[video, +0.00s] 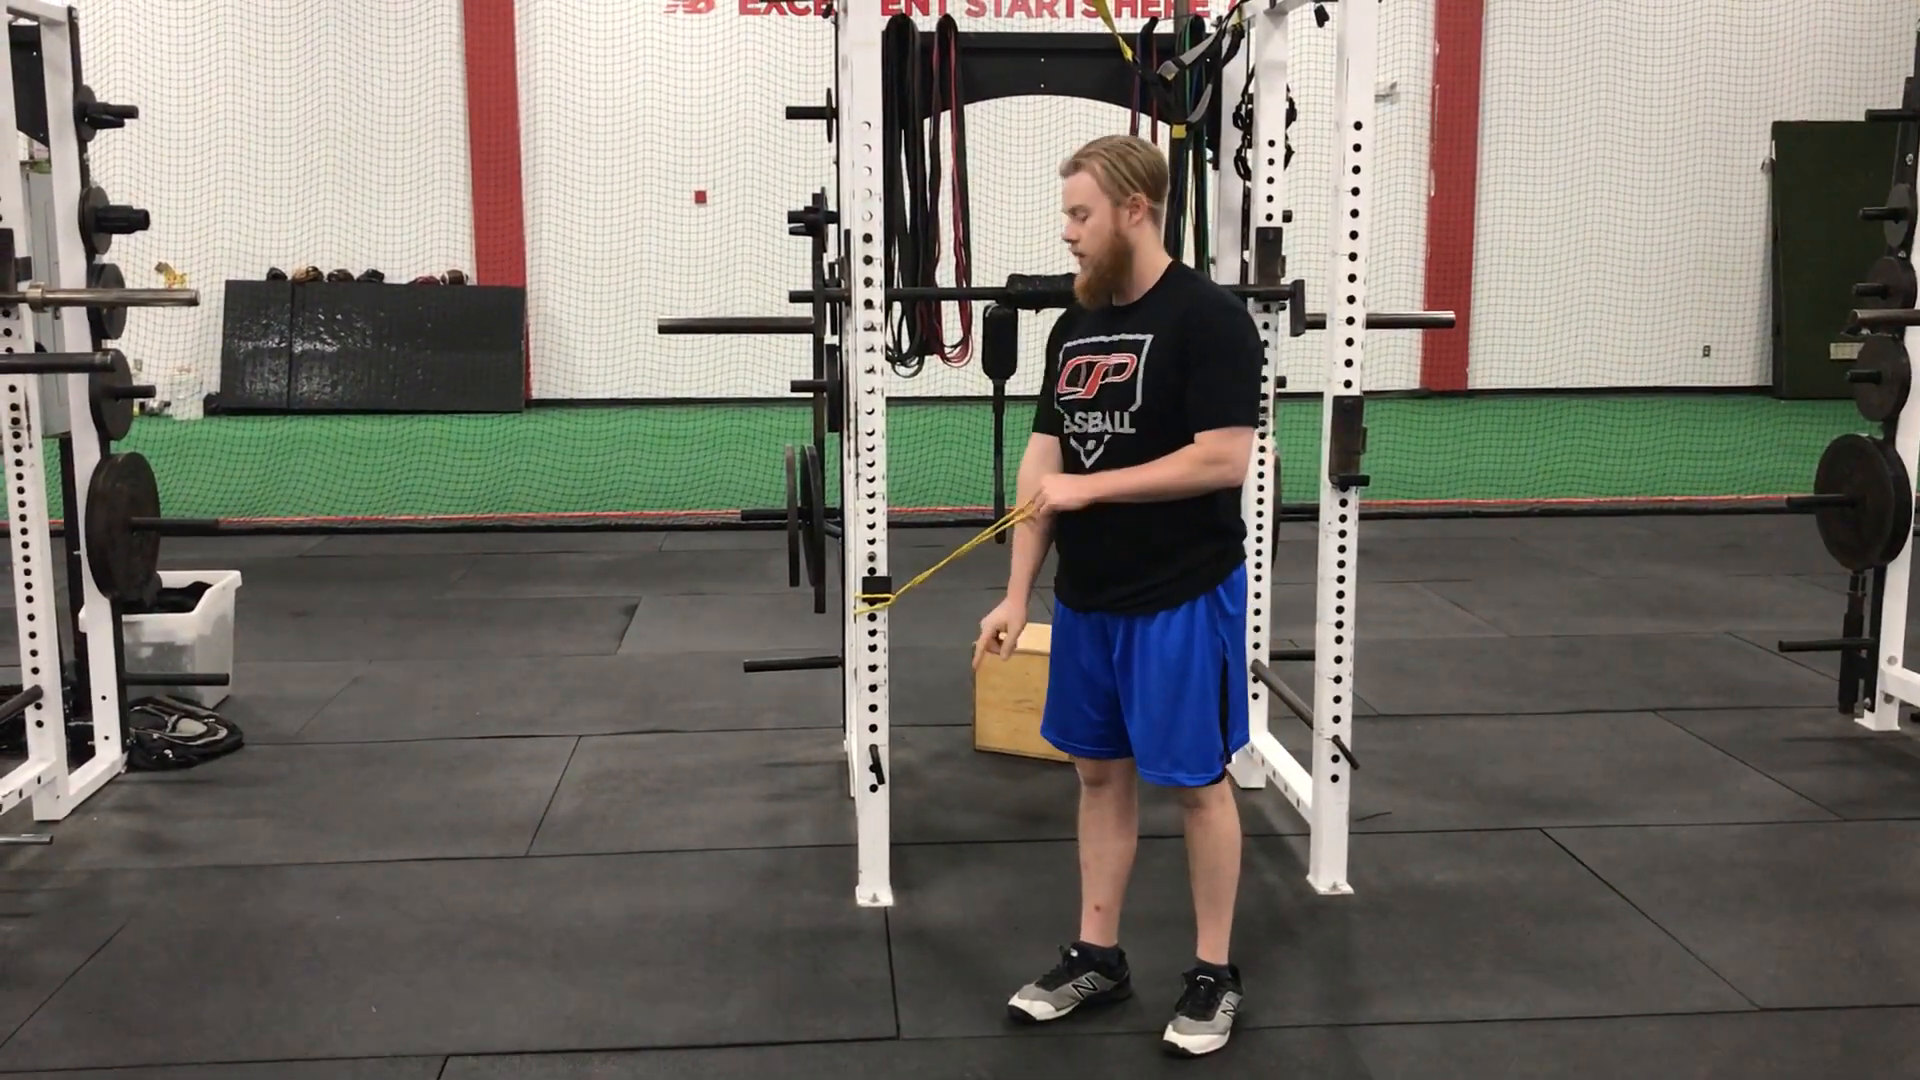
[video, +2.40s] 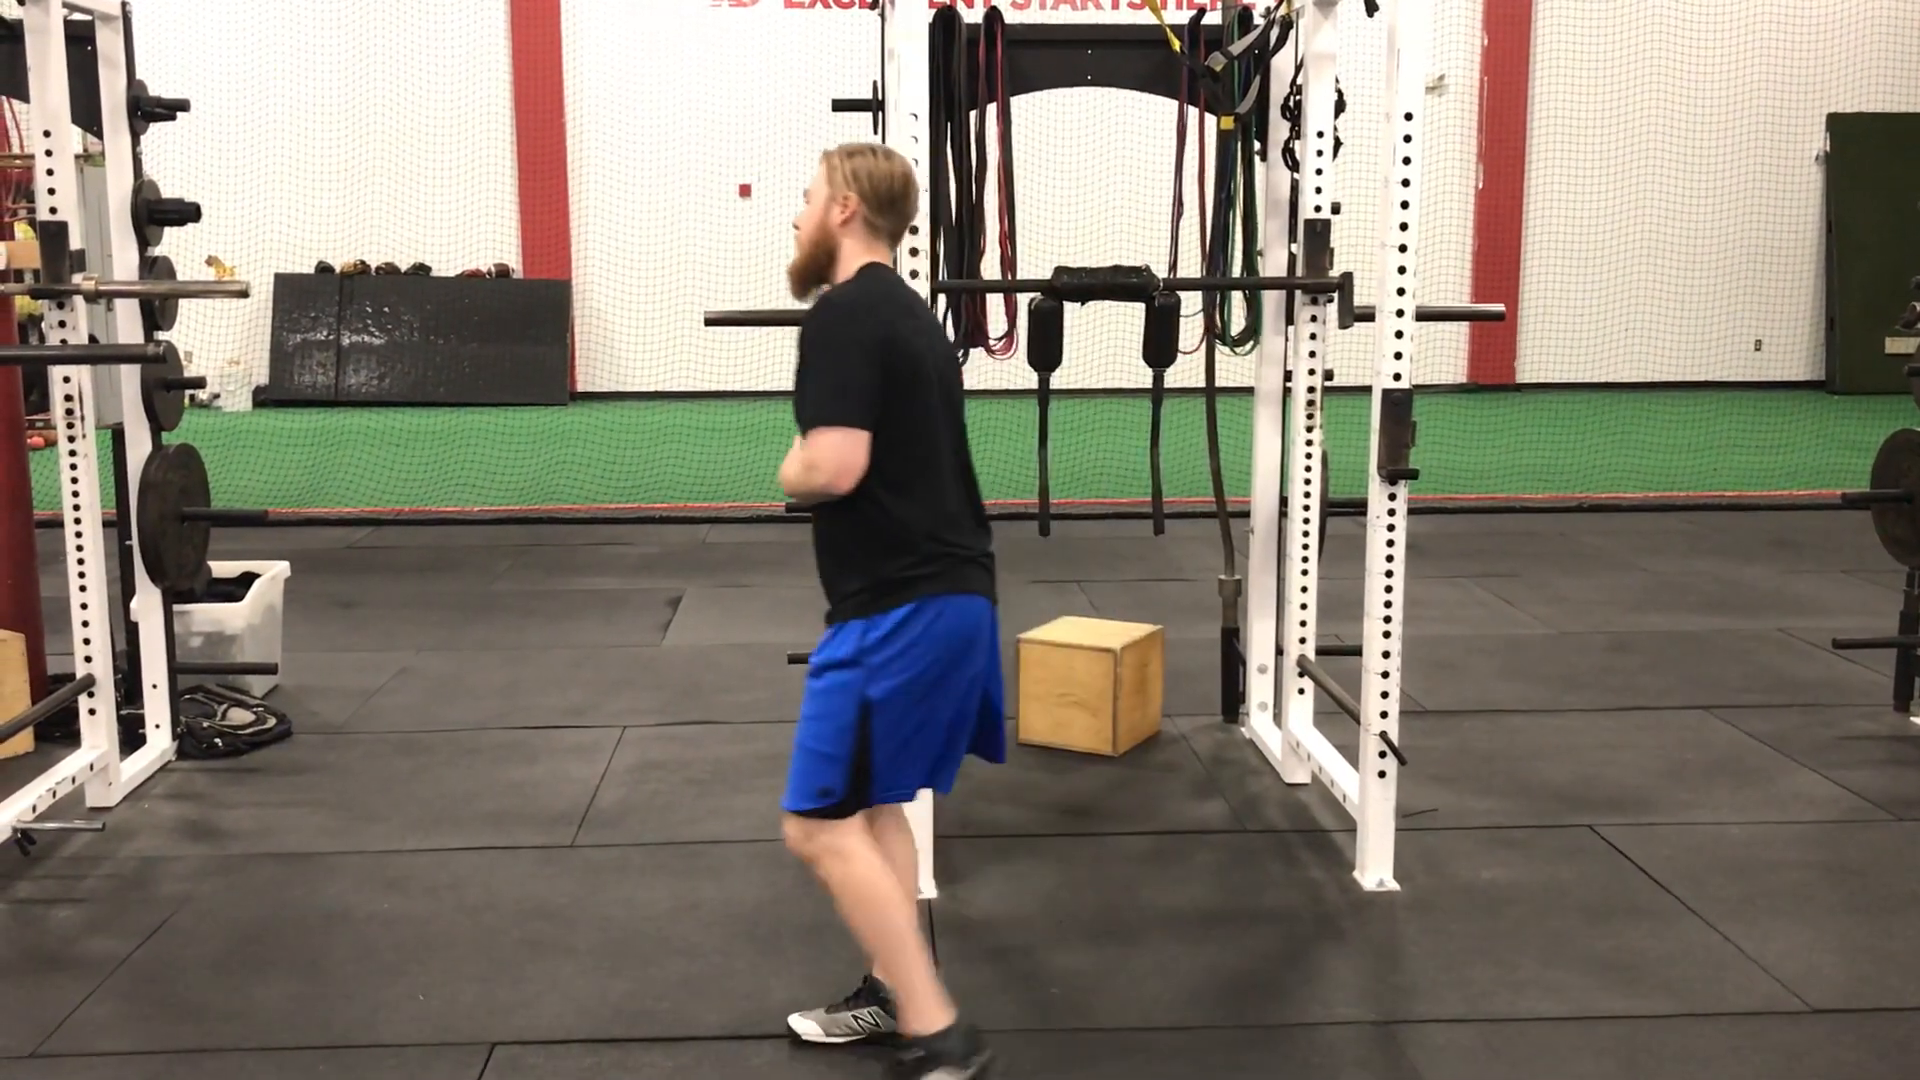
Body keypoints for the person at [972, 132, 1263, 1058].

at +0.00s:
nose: (1066, 233)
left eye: (1079, 215)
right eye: (1064, 215)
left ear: (1136, 213)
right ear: (1115, 216)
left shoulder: (1210, 318)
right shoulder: (1078, 328)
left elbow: (1228, 459)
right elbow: (1045, 460)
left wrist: (1088, 486)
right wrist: (1018, 591)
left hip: (1185, 598)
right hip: (1089, 597)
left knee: (1198, 781)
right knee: (1099, 772)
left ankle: (1211, 974)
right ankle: (1097, 957)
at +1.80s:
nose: (1054, 244)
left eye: (1066, 224)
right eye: (1054, 226)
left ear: (1124, 228)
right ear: (1114, 230)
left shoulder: (1190, 344)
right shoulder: (1092, 333)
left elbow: (1198, 498)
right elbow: (1111, 468)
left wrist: (1067, 521)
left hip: (1171, 623)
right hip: (1072, 610)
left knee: (1205, 807)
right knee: (997, 761)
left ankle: (1248, 974)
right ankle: (964, 975)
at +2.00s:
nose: (951, 257)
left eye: (963, 237)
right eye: (953, 238)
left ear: (1019, 243)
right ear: (1018, 245)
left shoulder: (1078, 352)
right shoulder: (1015, 351)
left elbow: (1090, 505)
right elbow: (1051, 467)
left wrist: (963, 537)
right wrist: (1009, 432)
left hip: (1094, 642)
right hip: (996, 630)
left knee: (1148, 818)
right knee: (917, 781)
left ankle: (1244, 964)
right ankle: (898, 993)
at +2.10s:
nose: (899, 250)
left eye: (910, 231)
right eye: (901, 231)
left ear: (959, 236)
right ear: (966, 239)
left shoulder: (1012, 342)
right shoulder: (975, 341)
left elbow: (1014, 495)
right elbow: (1008, 450)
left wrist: (914, 530)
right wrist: (945, 428)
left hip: (1034, 638)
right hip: (949, 626)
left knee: (1072, 837)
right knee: (881, 782)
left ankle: (1218, 943)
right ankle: (895, 995)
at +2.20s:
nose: (852, 236)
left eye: (864, 216)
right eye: (857, 218)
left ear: (913, 226)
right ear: (925, 230)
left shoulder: (957, 328)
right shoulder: (932, 328)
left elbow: (949, 481)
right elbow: (951, 477)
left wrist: (861, 500)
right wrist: (884, 499)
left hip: (988, 626)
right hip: (920, 618)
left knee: (976, 841)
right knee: (870, 783)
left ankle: (1150, 929)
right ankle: (895, 993)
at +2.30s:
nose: (822, 222)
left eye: (834, 205)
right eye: (828, 205)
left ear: (873, 216)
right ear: (894, 220)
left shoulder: (903, 317)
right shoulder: (909, 311)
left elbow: (892, 472)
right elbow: (909, 466)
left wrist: (823, 477)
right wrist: (848, 470)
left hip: (946, 608)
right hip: (914, 604)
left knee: (888, 823)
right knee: (860, 788)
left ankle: (1054, 973)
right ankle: (898, 995)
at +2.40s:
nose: (797, 212)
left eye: (807, 195)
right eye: (804, 194)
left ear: (841, 208)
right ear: (873, 216)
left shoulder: (846, 311)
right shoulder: (911, 312)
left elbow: (836, 464)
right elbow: (911, 459)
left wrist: (793, 475)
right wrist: (817, 472)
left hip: (897, 607)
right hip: (947, 599)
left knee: (815, 824)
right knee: (876, 802)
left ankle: (936, 1031)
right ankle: (896, 991)